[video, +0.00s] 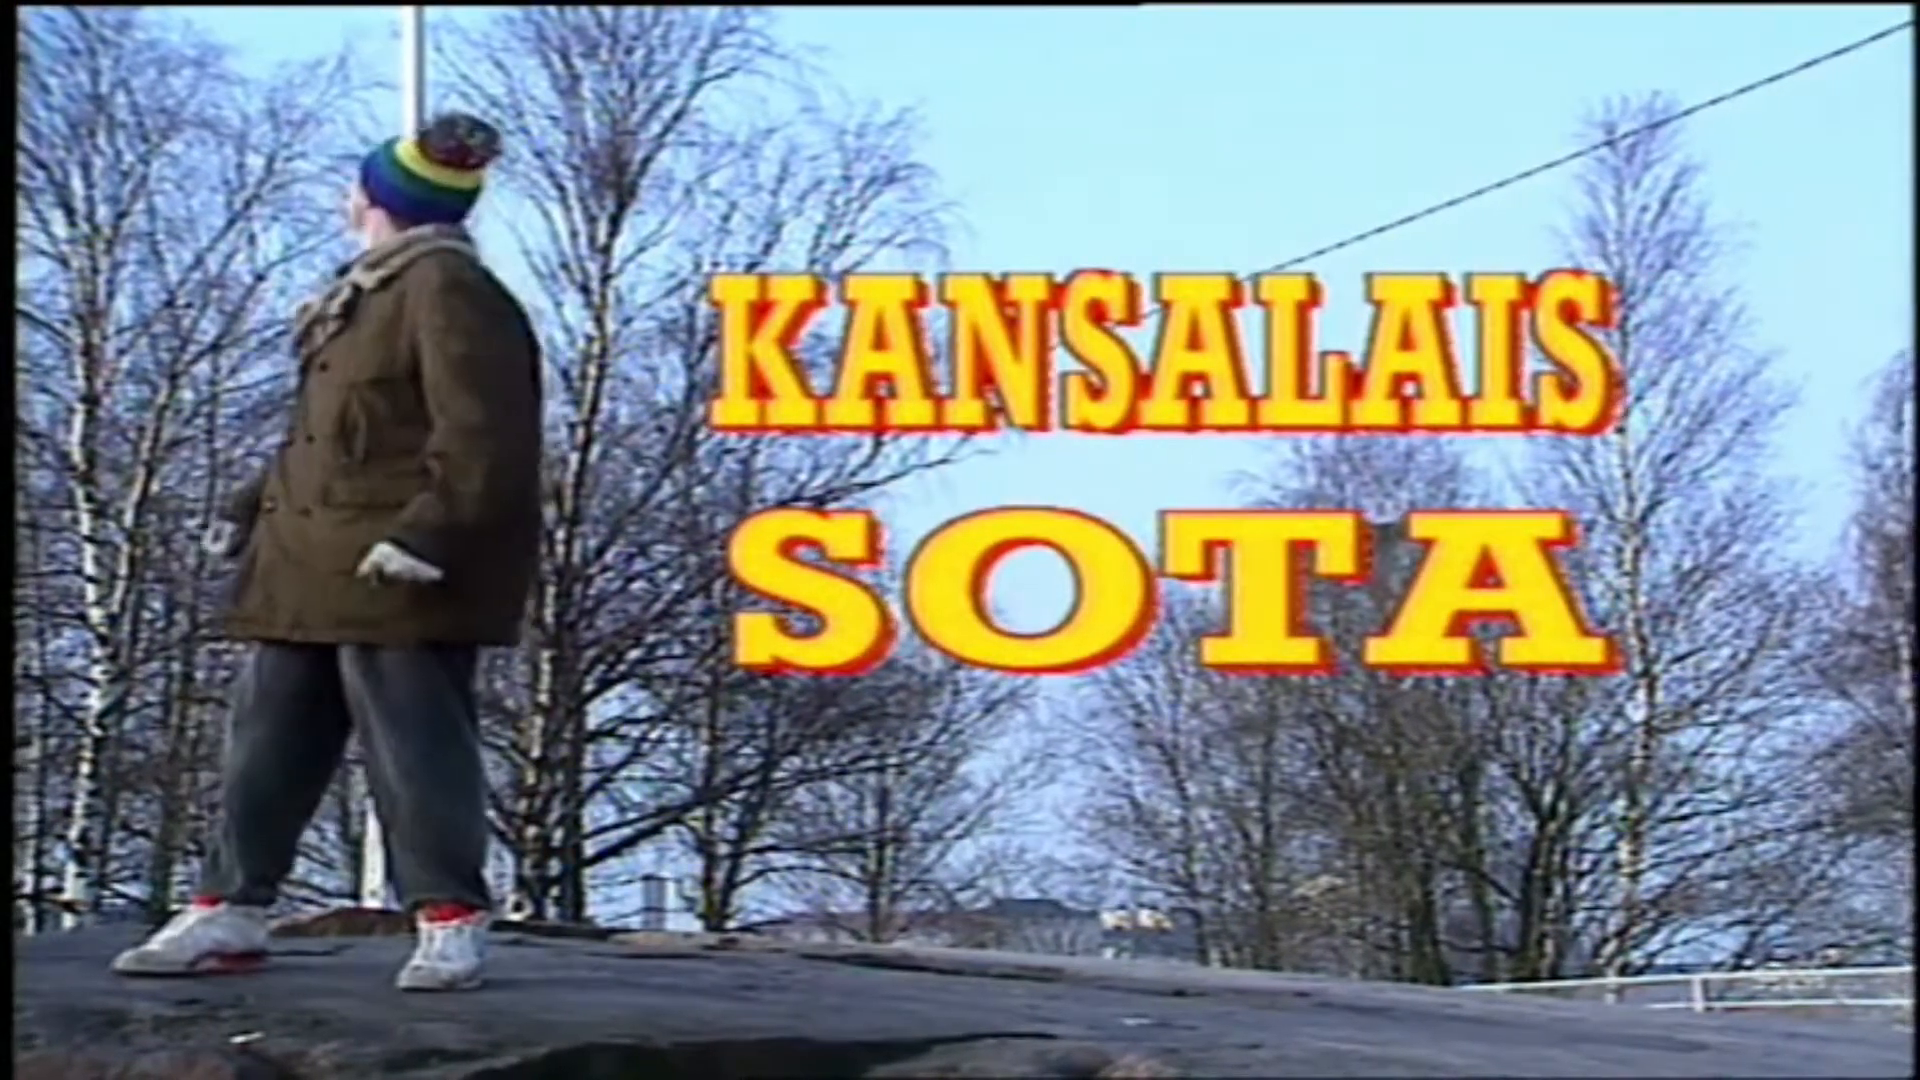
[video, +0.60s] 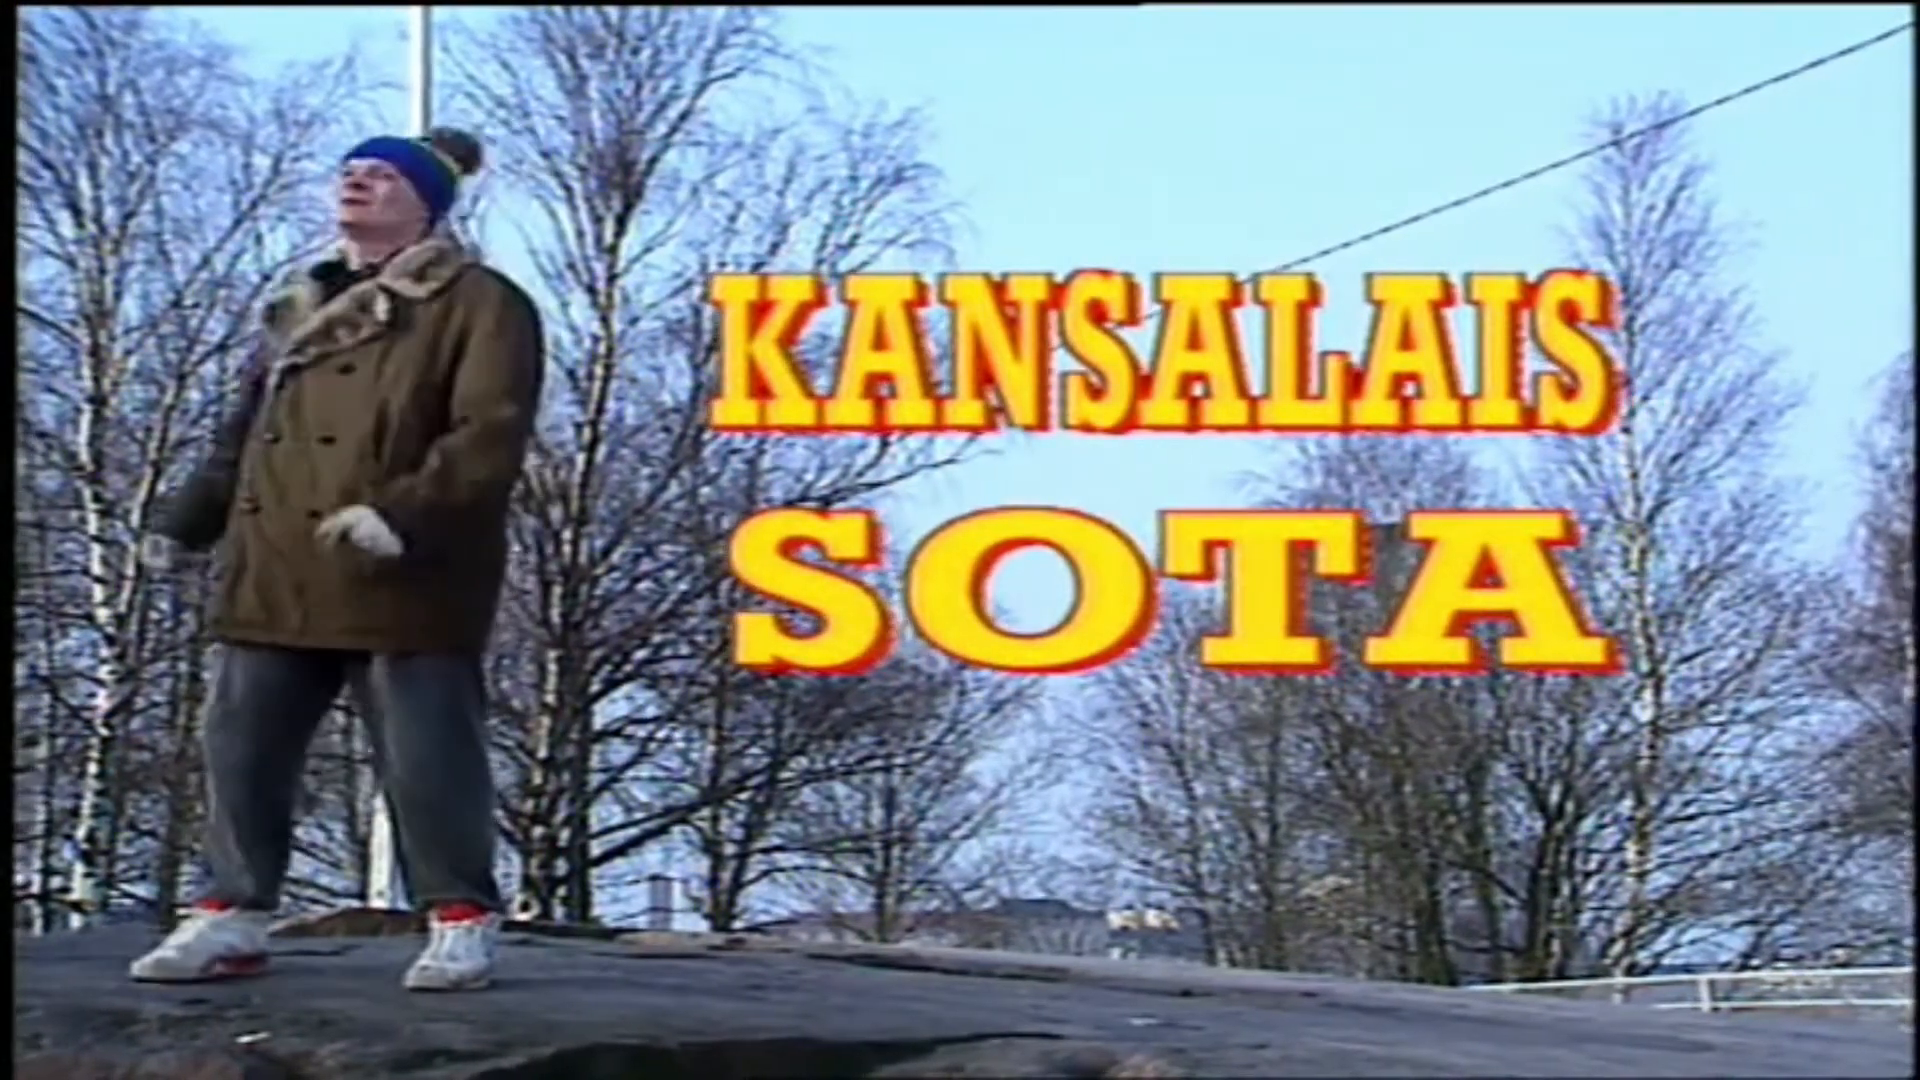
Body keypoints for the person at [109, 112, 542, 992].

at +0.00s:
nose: (352, 209)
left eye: (360, 197)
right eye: (359, 196)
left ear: (381, 203)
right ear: (418, 205)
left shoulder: (450, 286)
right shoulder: (359, 293)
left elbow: (482, 435)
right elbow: (329, 435)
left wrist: (430, 533)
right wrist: (264, 506)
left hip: (396, 569)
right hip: (306, 566)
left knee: (416, 744)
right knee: (269, 742)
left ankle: (451, 918)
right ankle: (233, 909)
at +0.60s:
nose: (354, 183)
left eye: (377, 174)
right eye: (348, 174)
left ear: (424, 203)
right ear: (337, 200)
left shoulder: (482, 301)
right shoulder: (300, 306)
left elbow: (489, 441)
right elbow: (247, 437)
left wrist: (400, 514)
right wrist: (193, 507)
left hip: (410, 584)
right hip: (283, 578)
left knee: (425, 753)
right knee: (244, 739)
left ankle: (461, 919)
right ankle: (238, 912)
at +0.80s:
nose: (328, 183)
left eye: (352, 174)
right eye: (316, 174)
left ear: (394, 202)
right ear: (296, 202)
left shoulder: (459, 292)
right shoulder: (239, 310)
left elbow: (506, 377)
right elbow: (163, 397)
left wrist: (424, 407)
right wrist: (96, 436)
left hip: (408, 576)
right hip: (270, 577)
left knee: (428, 747)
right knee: (240, 735)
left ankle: (457, 915)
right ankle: (235, 914)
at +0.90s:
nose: (328, 184)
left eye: (351, 175)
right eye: (316, 175)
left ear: (392, 202)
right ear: (294, 202)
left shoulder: (446, 281)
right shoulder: (243, 301)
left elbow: (508, 352)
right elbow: (160, 362)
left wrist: (422, 322)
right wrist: (99, 348)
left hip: (407, 555)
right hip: (267, 559)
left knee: (419, 740)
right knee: (240, 729)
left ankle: (443, 916)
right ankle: (237, 914)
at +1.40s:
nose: (361, 179)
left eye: (384, 173)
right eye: (347, 172)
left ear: (425, 204)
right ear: (327, 203)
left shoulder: (472, 274)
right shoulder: (276, 283)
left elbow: (515, 338)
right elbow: (201, 382)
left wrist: (396, 285)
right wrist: (201, 361)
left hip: (425, 544)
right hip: (285, 546)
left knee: (434, 738)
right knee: (266, 730)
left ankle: (450, 917)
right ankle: (268, 912)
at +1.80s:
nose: (309, 175)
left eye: (333, 165)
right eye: (297, 168)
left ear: (385, 195)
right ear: (279, 199)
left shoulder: (446, 273)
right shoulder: (236, 284)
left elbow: (447, 372)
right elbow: (141, 359)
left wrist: (336, 383)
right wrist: (116, 306)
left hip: (396, 558)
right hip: (255, 560)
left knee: (412, 742)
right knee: (257, 744)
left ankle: (440, 914)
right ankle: (274, 917)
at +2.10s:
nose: (332, 175)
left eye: (356, 166)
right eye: (321, 167)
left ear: (407, 194)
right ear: (303, 195)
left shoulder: (461, 275)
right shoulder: (255, 275)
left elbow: (446, 353)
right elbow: (198, 383)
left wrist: (308, 314)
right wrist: (162, 366)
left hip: (394, 554)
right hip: (259, 552)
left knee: (406, 744)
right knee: (265, 744)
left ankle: (436, 919)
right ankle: (279, 917)